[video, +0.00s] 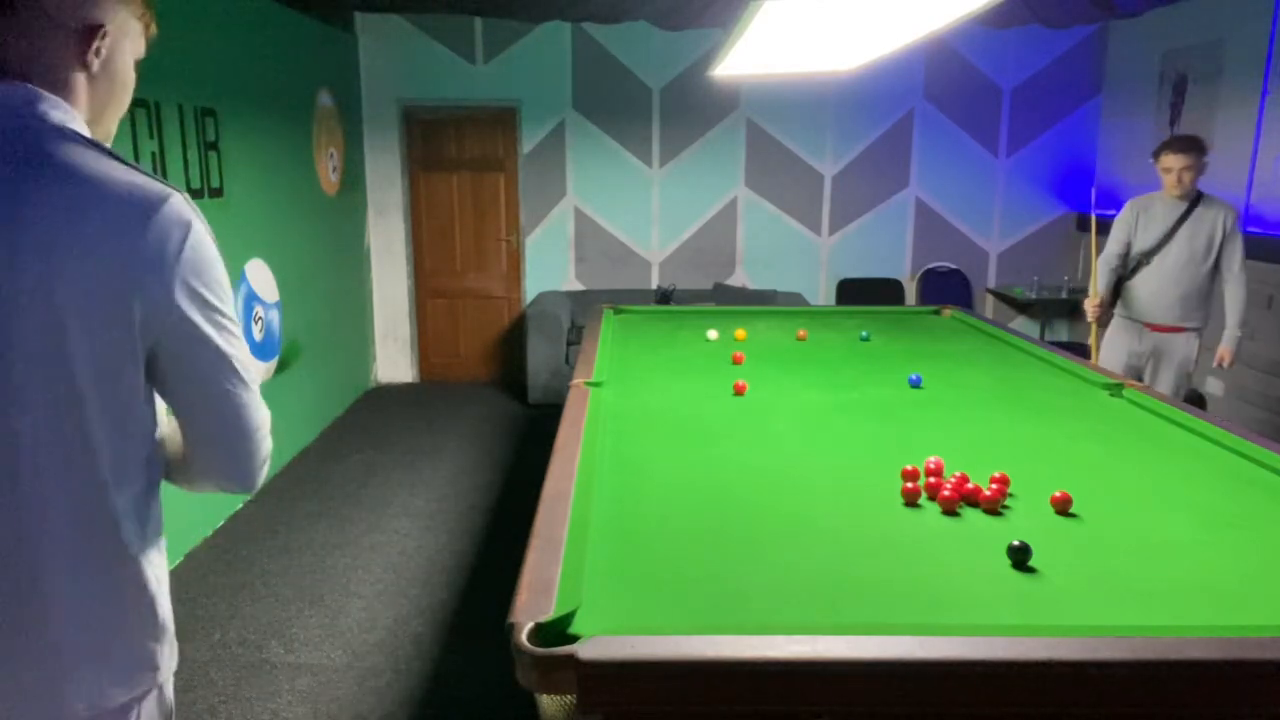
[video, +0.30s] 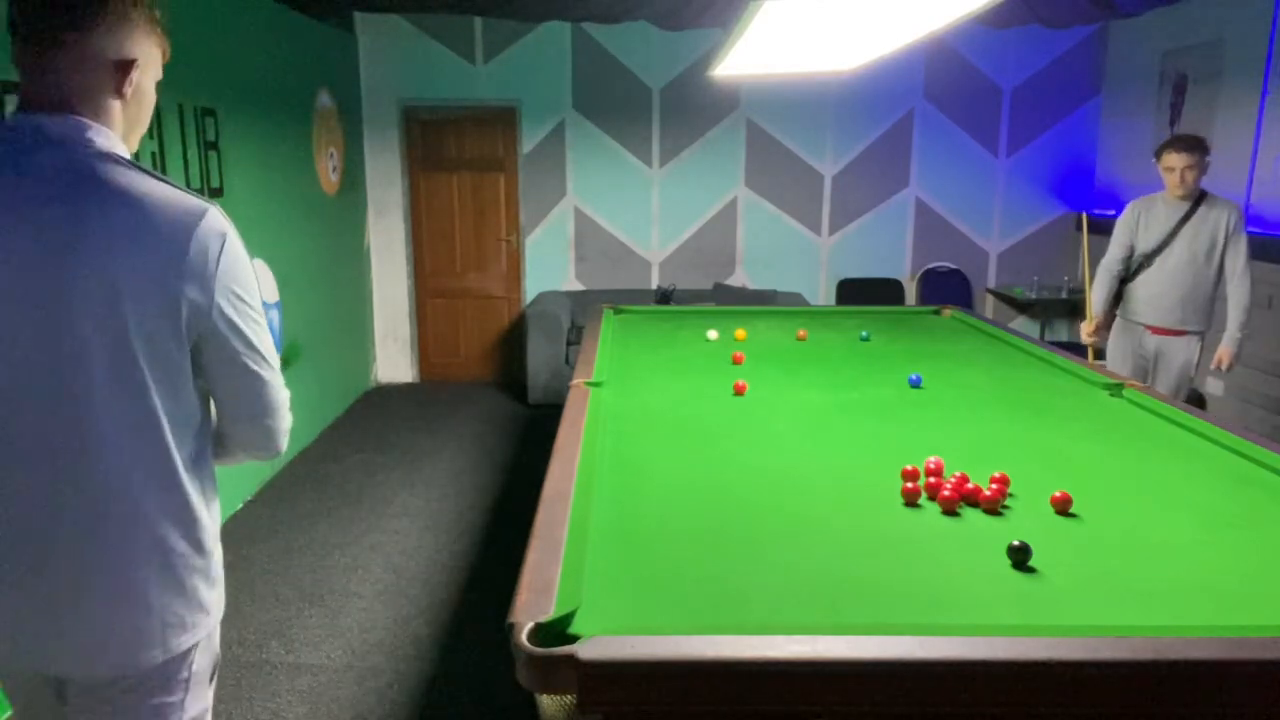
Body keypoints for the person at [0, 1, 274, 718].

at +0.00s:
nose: (131, 94)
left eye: (140, 64)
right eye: (135, 61)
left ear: (8, 40)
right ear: (94, 44)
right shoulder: (145, 218)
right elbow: (238, 459)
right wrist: (138, 430)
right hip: (87, 675)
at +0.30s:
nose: (154, 107)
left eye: (159, 86)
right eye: (156, 85)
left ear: (26, 73)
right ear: (127, 79)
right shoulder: (186, 230)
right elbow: (264, 428)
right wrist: (164, 439)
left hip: (7, 602)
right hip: (142, 609)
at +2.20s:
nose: (472, 136)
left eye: (473, 125)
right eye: (473, 125)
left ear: (407, 110)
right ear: (459, 121)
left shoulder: (331, 183)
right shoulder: (477, 200)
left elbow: (297, 298)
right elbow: (512, 322)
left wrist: (367, 292)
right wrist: (494, 377)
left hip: (358, 406)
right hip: (440, 413)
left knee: (360, 547)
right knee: (441, 567)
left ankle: (358, 690)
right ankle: (441, 709)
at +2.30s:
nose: (446, 139)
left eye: (448, 128)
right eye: (448, 127)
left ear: (382, 114)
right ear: (431, 121)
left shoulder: (314, 191)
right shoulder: (448, 200)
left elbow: (295, 302)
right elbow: (487, 321)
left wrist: (360, 294)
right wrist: (444, 345)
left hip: (356, 406)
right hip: (433, 410)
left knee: (367, 543)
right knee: (438, 566)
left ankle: (367, 681)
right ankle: (440, 707)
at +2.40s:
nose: (425, 127)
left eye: (426, 117)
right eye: (426, 115)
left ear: (356, 110)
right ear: (409, 113)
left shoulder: (302, 187)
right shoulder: (431, 192)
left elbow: (291, 295)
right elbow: (468, 312)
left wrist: (353, 286)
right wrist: (426, 332)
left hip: (349, 399)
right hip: (424, 404)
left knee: (364, 545)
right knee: (444, 556)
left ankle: (366, 680)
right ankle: (443, 703)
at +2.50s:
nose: (408, 122)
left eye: (406, 111)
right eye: (406, 110)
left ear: (340, 108)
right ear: (393, 110)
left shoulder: (292, 185)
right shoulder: (417, 189)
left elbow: (287, 291)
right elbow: (460, 306)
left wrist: (348, 283)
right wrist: (419, 325)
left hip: (341, 399)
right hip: (416, 399)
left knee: (359, 539)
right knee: (453, 536)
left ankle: (367, 675)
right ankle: (442, 700)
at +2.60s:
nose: (398, 122)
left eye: (396, 110)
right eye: (397, 110)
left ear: (334, 111)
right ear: (385, 111)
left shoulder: (288, 186)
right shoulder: (410, 188)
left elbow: (286, 290)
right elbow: (455, 304)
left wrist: (346, 285)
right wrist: (412, 330)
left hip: (337, 395)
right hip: (412, 394)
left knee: (356, 532)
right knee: (454, 521)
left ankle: (367, 675)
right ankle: (435, 688)